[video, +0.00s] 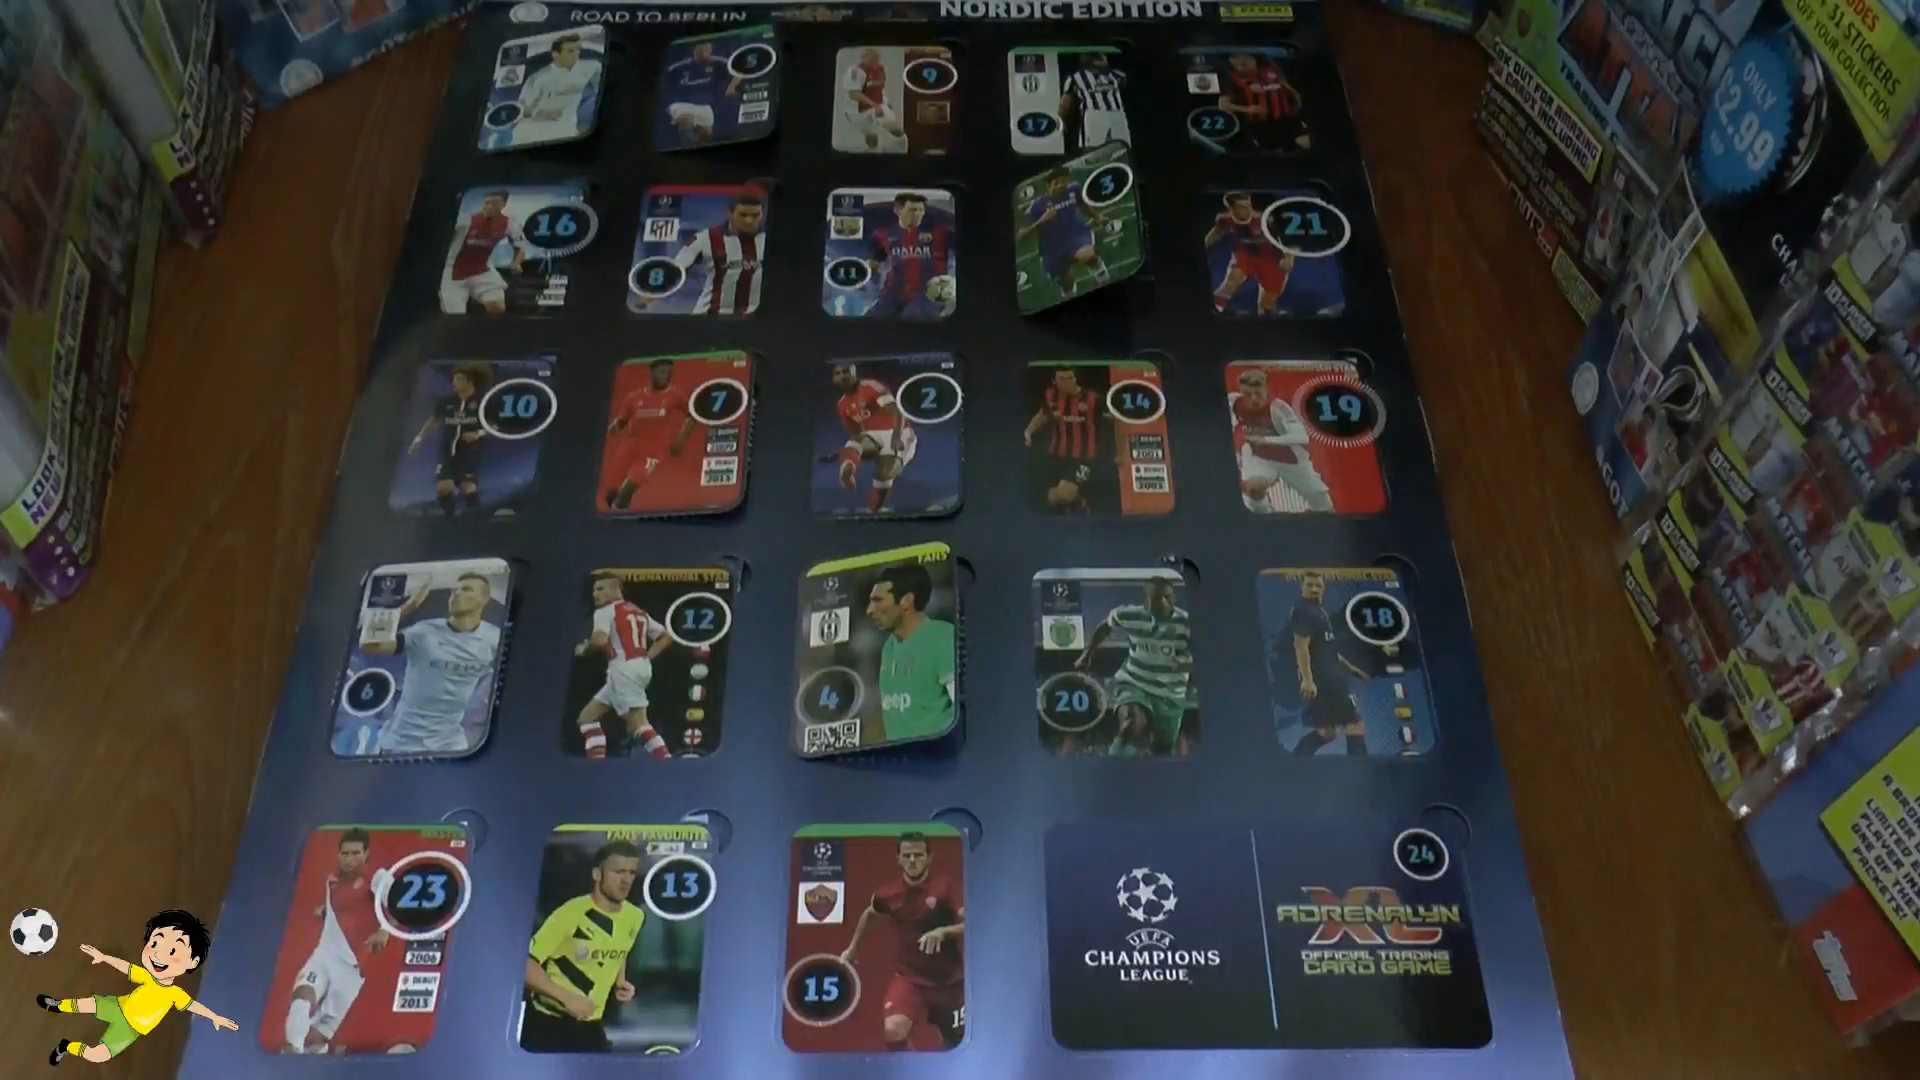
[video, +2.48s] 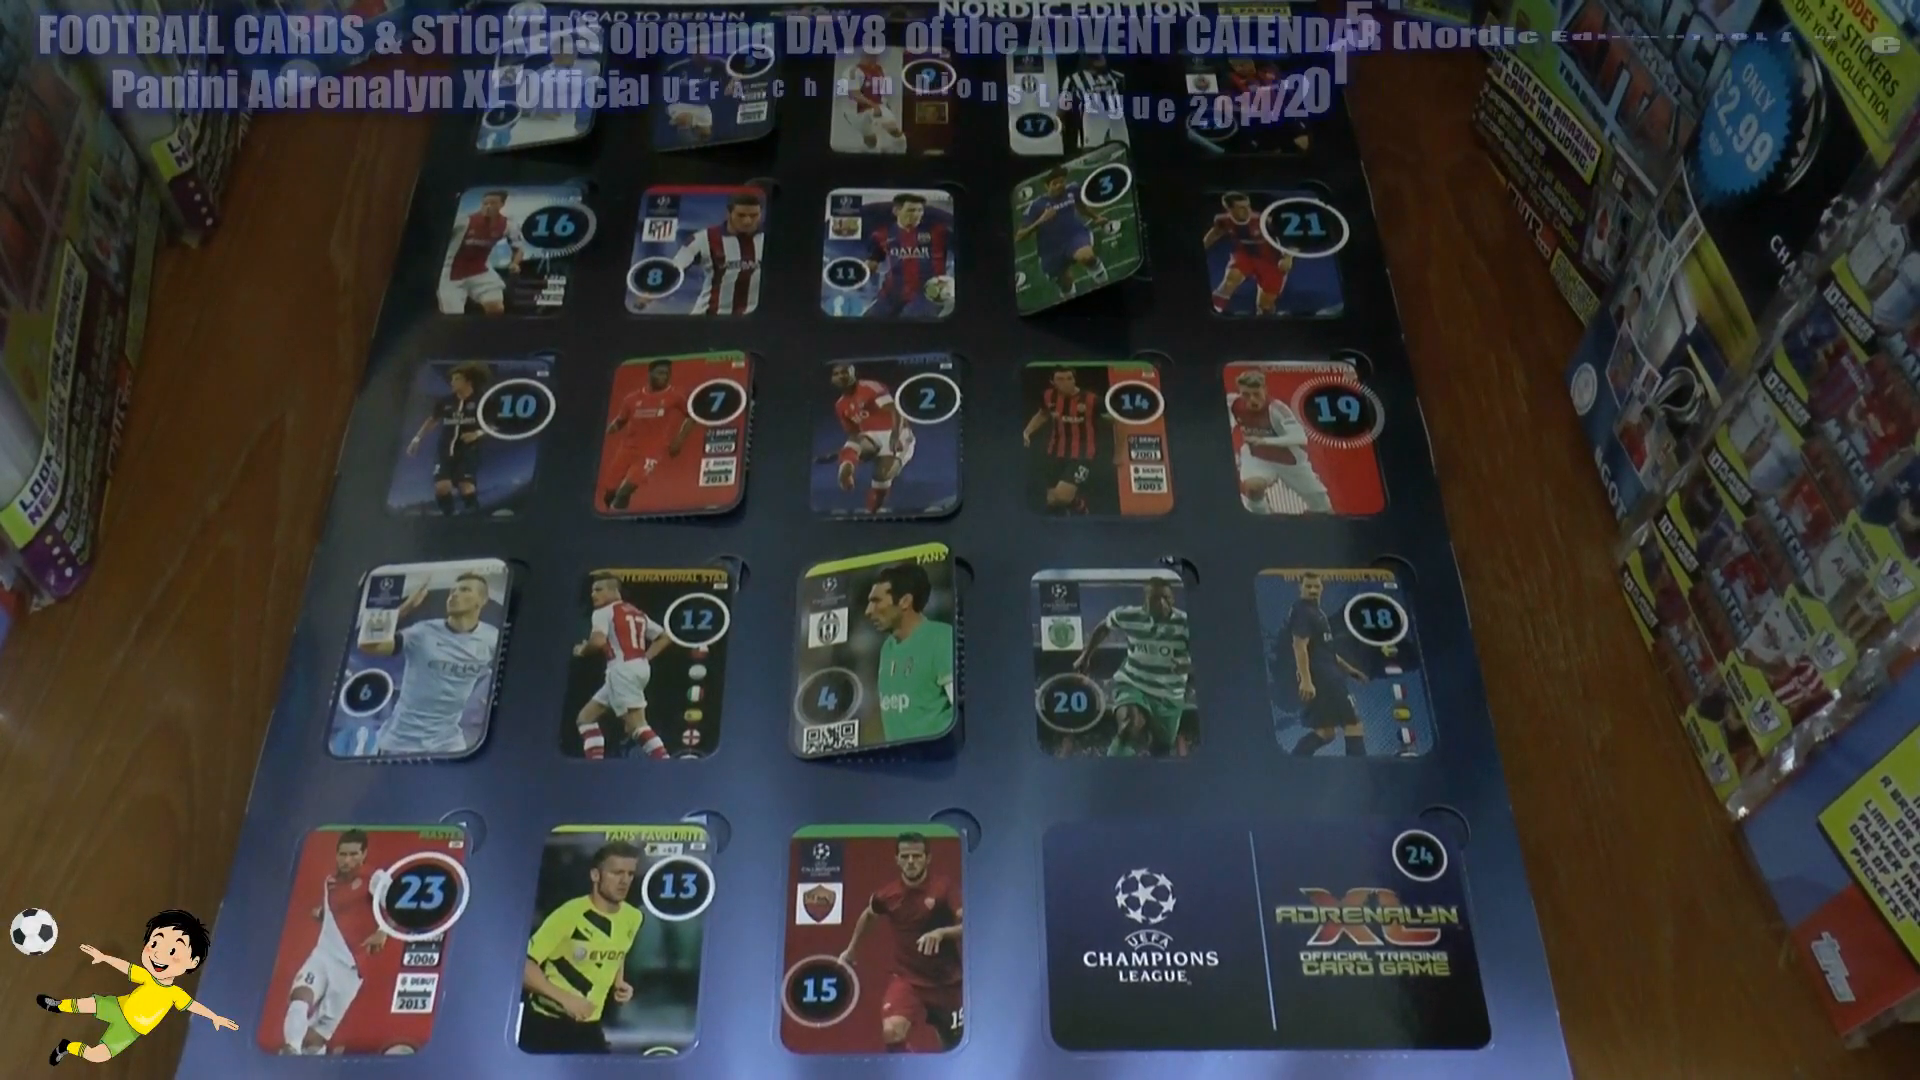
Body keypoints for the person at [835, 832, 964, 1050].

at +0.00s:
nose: (913, 861)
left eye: (918, 855)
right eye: (907, 856)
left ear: (929, 858)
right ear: (899, 859)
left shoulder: (946, 889)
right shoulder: (886, 896)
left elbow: (969, 925)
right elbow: (869, 915)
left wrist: (943, 932)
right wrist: (851, 950)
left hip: (948, 983)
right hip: (908, 979)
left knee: (956, 1048)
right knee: (893, 1031)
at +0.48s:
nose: (912, 860)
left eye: (917, 855)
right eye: (906, 855)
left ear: (928, 857)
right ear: (898, 859)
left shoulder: (944, 888)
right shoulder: (886, 895)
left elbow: (970, 924)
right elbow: (868, 914)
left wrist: (943, 931)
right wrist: (851, 950)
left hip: (947, 982)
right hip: (907, 978)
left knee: (956, 1048)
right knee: (893, 1031)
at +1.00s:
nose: (913, 863)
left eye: (918, 858)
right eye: (907, 858)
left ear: (929, 861)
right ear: (899, 861)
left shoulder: (945, 891)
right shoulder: (886, 898)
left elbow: (969, 928)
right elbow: (870, 918)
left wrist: (943, 934)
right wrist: (851, 952)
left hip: (948, 985)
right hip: (908, 982)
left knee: (958, 1051)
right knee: (893, 1034)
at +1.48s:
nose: (910, 863)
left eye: (916, 857)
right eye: (904, 858)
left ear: (926, 859)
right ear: (896, 861)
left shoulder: (943, 890)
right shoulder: (884, 898)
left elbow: (967, 926)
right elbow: (867, 917)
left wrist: (941, 933)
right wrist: (849, 951)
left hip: (946, 985)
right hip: (906, 982)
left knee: (954, 1051)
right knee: (891, 1033)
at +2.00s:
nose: (911, 860)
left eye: (916, 854)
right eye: (905, 855)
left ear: (927, 857)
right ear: (897, 859)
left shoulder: (944, 887)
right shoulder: (885, 895)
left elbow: (968, 924)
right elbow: (868, 914)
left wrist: (941, 931)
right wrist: (850, 948)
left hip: (947, 982)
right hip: (907, 979)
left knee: (955, 1048)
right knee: (892, 1030)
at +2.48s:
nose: (910, 862)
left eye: (916, 856)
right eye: (905, 857)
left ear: (927, 858)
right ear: (897, 860)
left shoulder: (944, 888)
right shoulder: (885, 896)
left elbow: (968, 926)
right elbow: (868, 916)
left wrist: (942, 932)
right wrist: (850, 950)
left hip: (946, 983)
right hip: (906, 980)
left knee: (955, 1049)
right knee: (892, 1031)